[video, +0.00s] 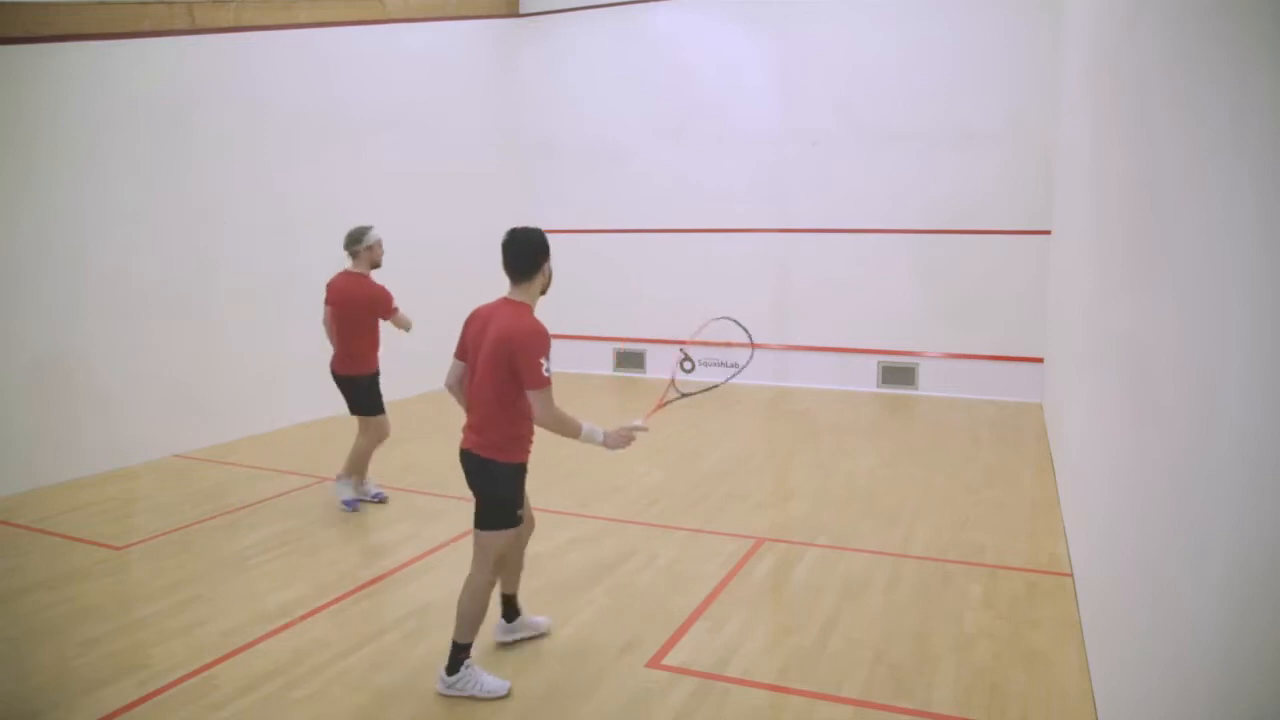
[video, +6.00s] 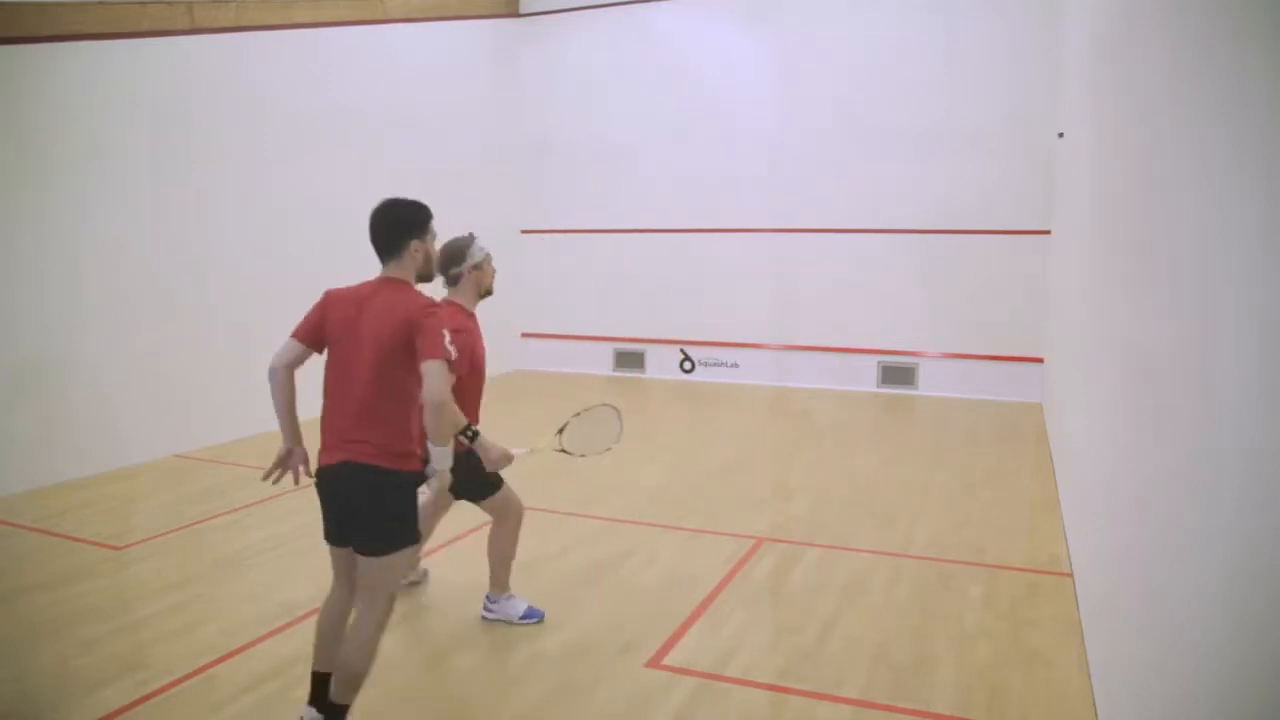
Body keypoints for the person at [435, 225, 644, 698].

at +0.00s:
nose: (552, 272)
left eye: (548, 264)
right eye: (551, 264)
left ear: (507, 269)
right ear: (544, 270)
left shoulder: (480, 316)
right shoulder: (529, 331)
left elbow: (455, 382)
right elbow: (544, 413)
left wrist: (493, 418)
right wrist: (601, 436)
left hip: (479, 452)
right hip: (501, 461)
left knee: (520, 522)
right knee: (488, 563)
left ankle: (511, 618)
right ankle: (456, 669)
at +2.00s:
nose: (433, 317)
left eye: (429, 306)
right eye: (427, 307)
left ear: (383, 317)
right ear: (409, 317)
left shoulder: (356, 372)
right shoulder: (380, 389)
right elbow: (402, 493)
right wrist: (468, 522)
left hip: (334, 536)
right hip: (345, 548)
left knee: (382, 607)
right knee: (365, 688)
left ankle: (284, 682)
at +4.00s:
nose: (533, 271)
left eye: (530, 264)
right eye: (530, 265)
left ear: (498, 272)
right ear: (520, 270)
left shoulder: (476, 313)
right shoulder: (509, 319)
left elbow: (454, 364)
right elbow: (515, 382)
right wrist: (564, 396)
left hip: (466, 423)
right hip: (493, 429)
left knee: (468, 487)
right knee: (531, 508)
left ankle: (435, 555)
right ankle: (504, 597)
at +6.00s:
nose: (437, 249)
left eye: (435, 239)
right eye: (433, 239)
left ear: (382, 247)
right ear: (416, 246)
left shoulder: (337, 302)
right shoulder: (422, 311)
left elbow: (281, 366)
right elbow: (436, 399)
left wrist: (291, 442)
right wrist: (441, 469)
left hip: (334, 472)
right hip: (387, 477)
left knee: (342, 589)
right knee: (374, 606)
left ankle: (319, 704)